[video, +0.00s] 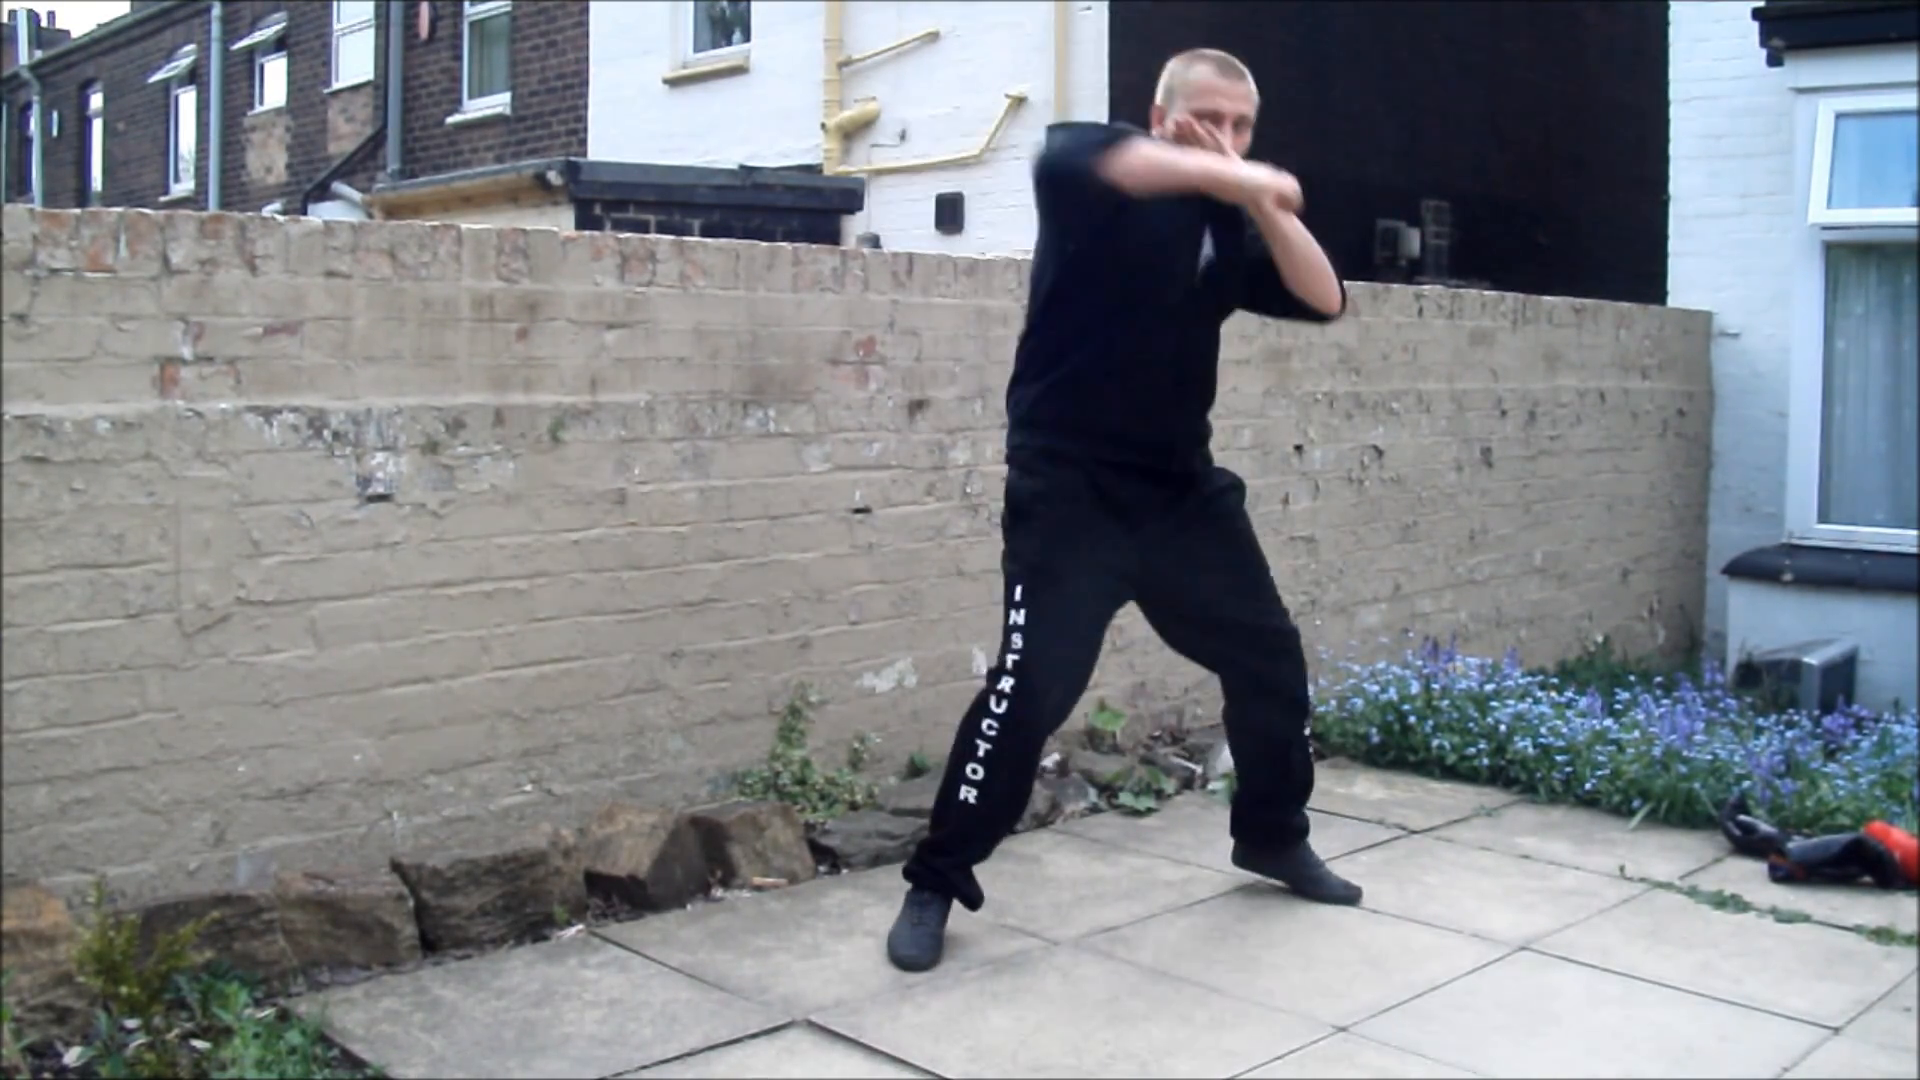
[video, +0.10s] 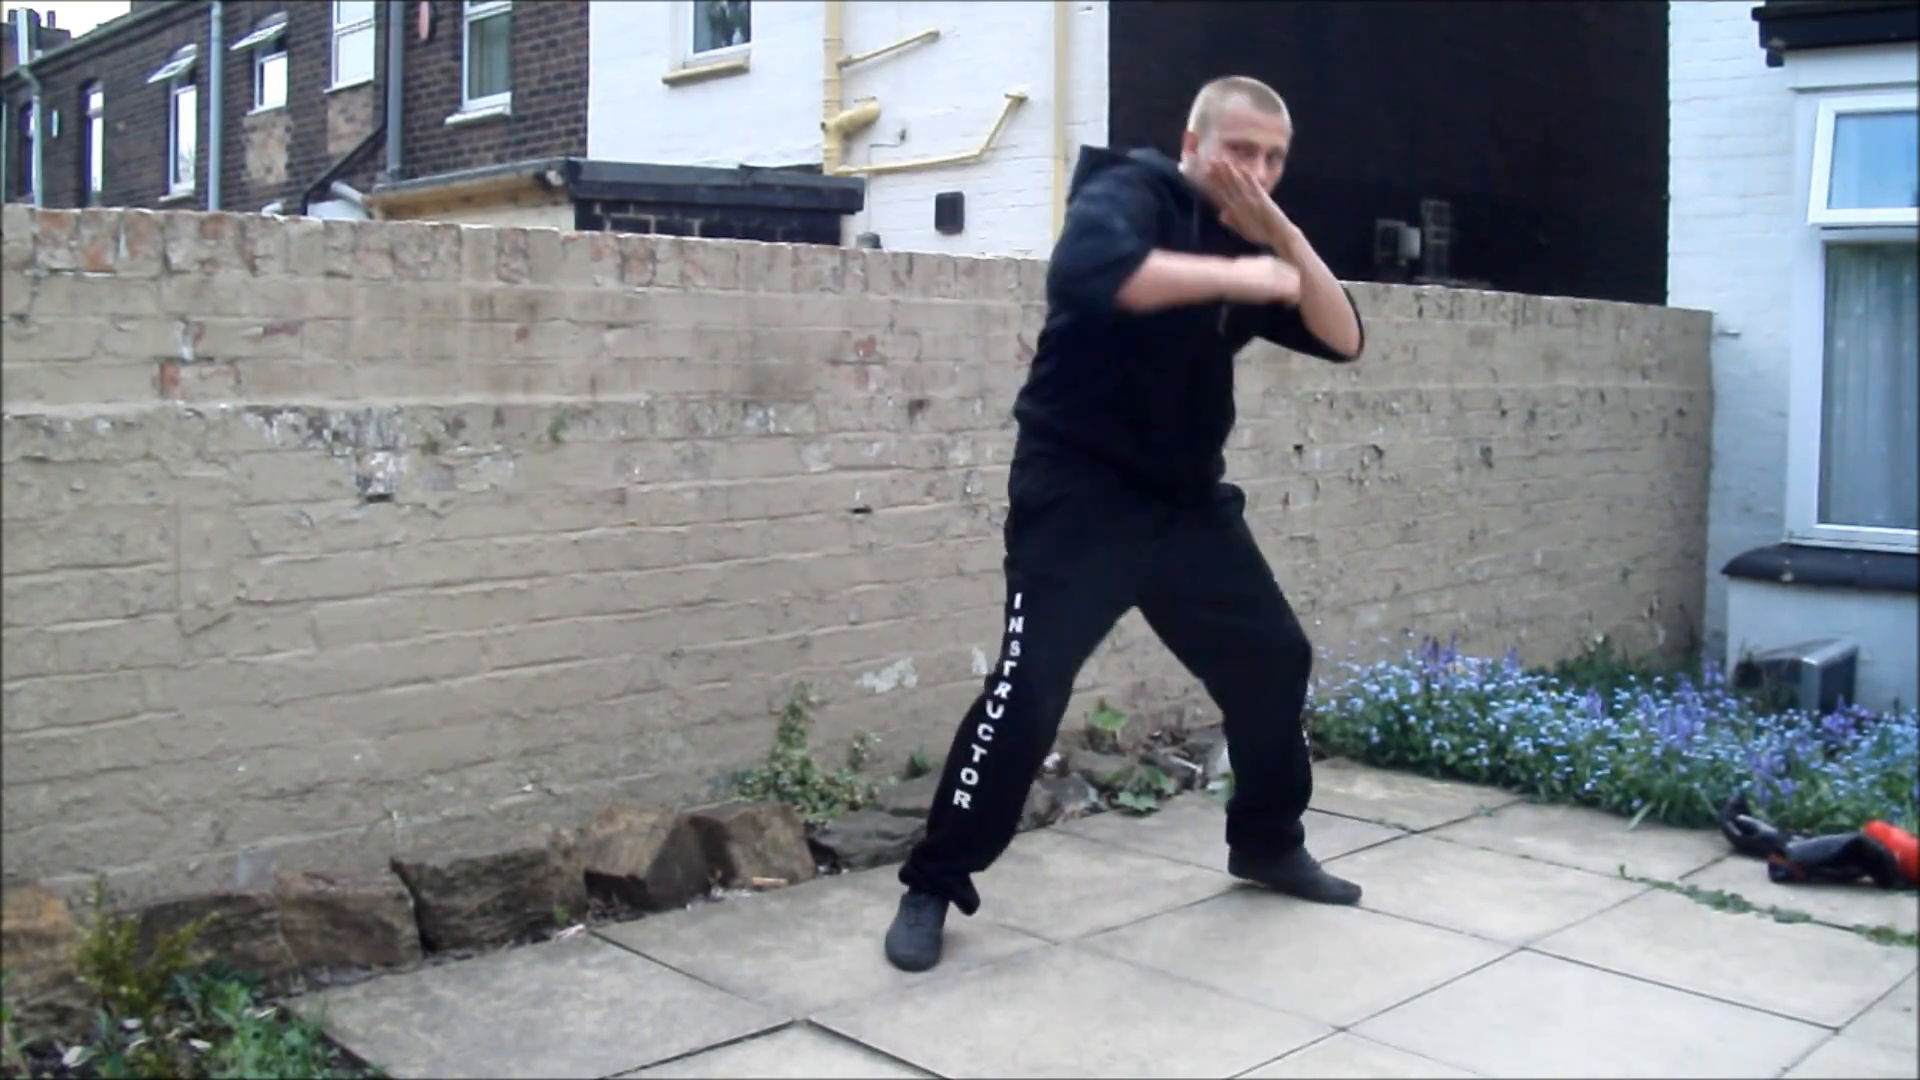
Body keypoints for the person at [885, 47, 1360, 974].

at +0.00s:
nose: (1226, 142)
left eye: (1240, 128)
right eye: (1209, 122)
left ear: (1254, 136)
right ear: (1160, 121)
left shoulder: (1232, 232)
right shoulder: (1084, 166)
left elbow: (1325, 301)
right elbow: (1100, 166)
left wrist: (1269, 206)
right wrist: (1243, 180)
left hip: (1180, 490)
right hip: (1066, 482)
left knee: (1269, 653)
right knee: (1035, 679)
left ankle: (1271, 839)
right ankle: (933, 882)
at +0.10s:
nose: (1254, 170)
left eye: (1270, 160)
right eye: (1240, 152)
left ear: (1278, 168)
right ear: (1194, 142)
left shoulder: (1251, 250)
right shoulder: (1133, 190)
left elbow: (1342, 338)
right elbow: (1088, 272)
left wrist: (1274, 222)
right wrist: (1236, 277)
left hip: (1187, 504)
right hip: (1076, 493)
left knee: (1274, 663)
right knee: (1028, 689)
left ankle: (1266, 846)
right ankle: (930, 887)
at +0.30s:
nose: (1284, 120)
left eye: (1302, 106)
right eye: (1269, 102)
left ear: (1325, 116)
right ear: (1235, 106)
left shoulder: (1336, 196)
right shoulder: (1174, 186)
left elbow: (1387, 295)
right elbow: (1102, 328)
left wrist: (1308, 185)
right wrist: (1216, 273)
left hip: (1283, 491)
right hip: (1165, 481)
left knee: (1318, 674)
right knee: (1088, 662)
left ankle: (1268, 851)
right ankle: (989, 856)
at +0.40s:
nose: (1272, 62)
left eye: (1290, 45)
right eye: (1257, 44)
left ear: (1320, 55)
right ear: (1231, 50)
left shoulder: (1353, 143)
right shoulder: (1182, 139)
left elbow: (1381, 256)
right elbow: (1141, 282)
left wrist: (1309, 150)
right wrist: (1241, 201)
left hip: (1307, 433)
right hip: (1194, 423)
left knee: (1300, 633)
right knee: (1151, 621)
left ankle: (1289, 821)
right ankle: (1098, 820)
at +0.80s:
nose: (1313, 127)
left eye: (1332, 112)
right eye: (1300, 110)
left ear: (1368, 118)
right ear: (1282, 115)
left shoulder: (1412, 196)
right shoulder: (1241, 205)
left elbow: (1395, 315)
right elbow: (1211, 358)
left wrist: (1325, 208)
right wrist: (1227, 337)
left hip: (1378, 478)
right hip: (1262, 472)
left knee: (1378, 660)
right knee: (1229, 647)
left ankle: (1364, 821)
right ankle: (1207, 818)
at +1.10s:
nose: (1347, 113)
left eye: (1367, 98)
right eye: (1335, 94)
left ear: (1397, 112)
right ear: (1313, 99)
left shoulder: (1411, 206)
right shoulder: (1260, 187)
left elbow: (1469, 332)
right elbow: (1147, 305)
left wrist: (1430, 232)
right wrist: (1213, 307)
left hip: (1356, 460)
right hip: (1270, 454)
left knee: (1382, 647)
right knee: (1309, 643)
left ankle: (1358, 825)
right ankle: (1184, 836)